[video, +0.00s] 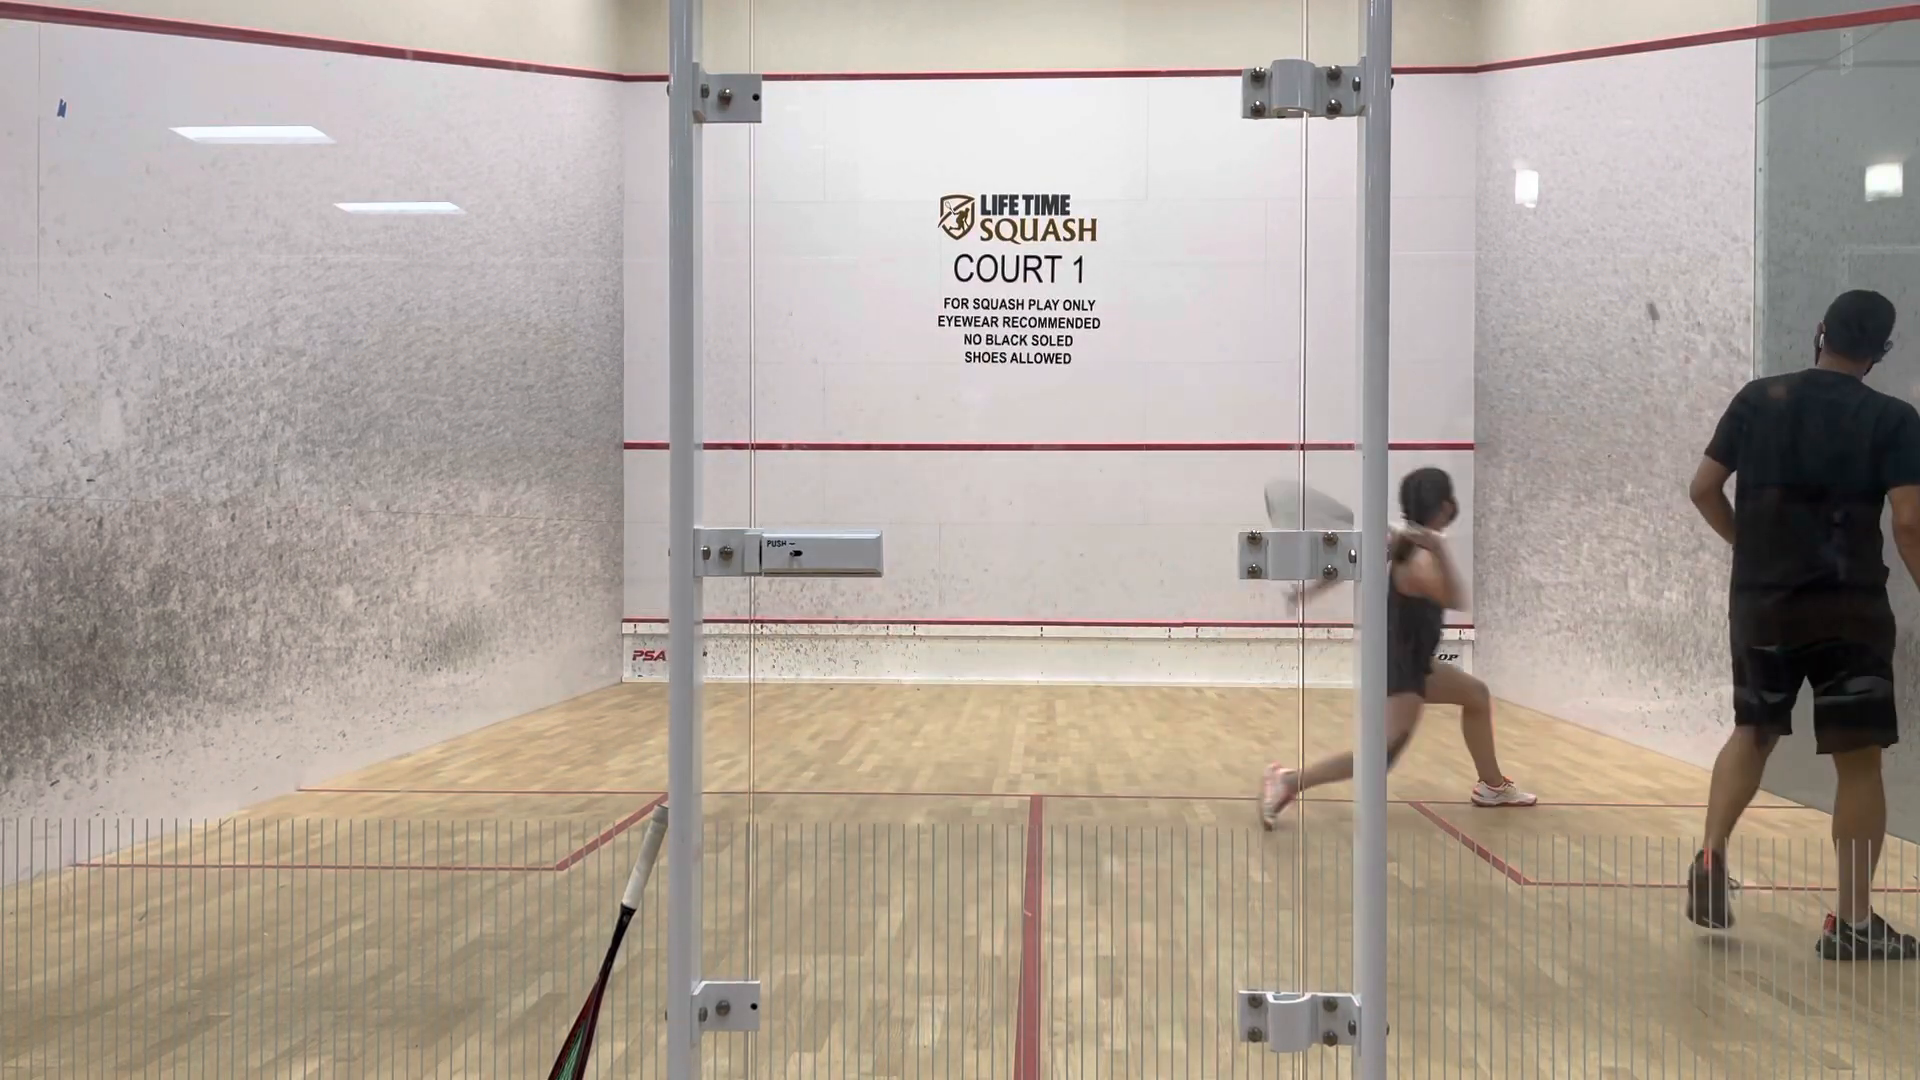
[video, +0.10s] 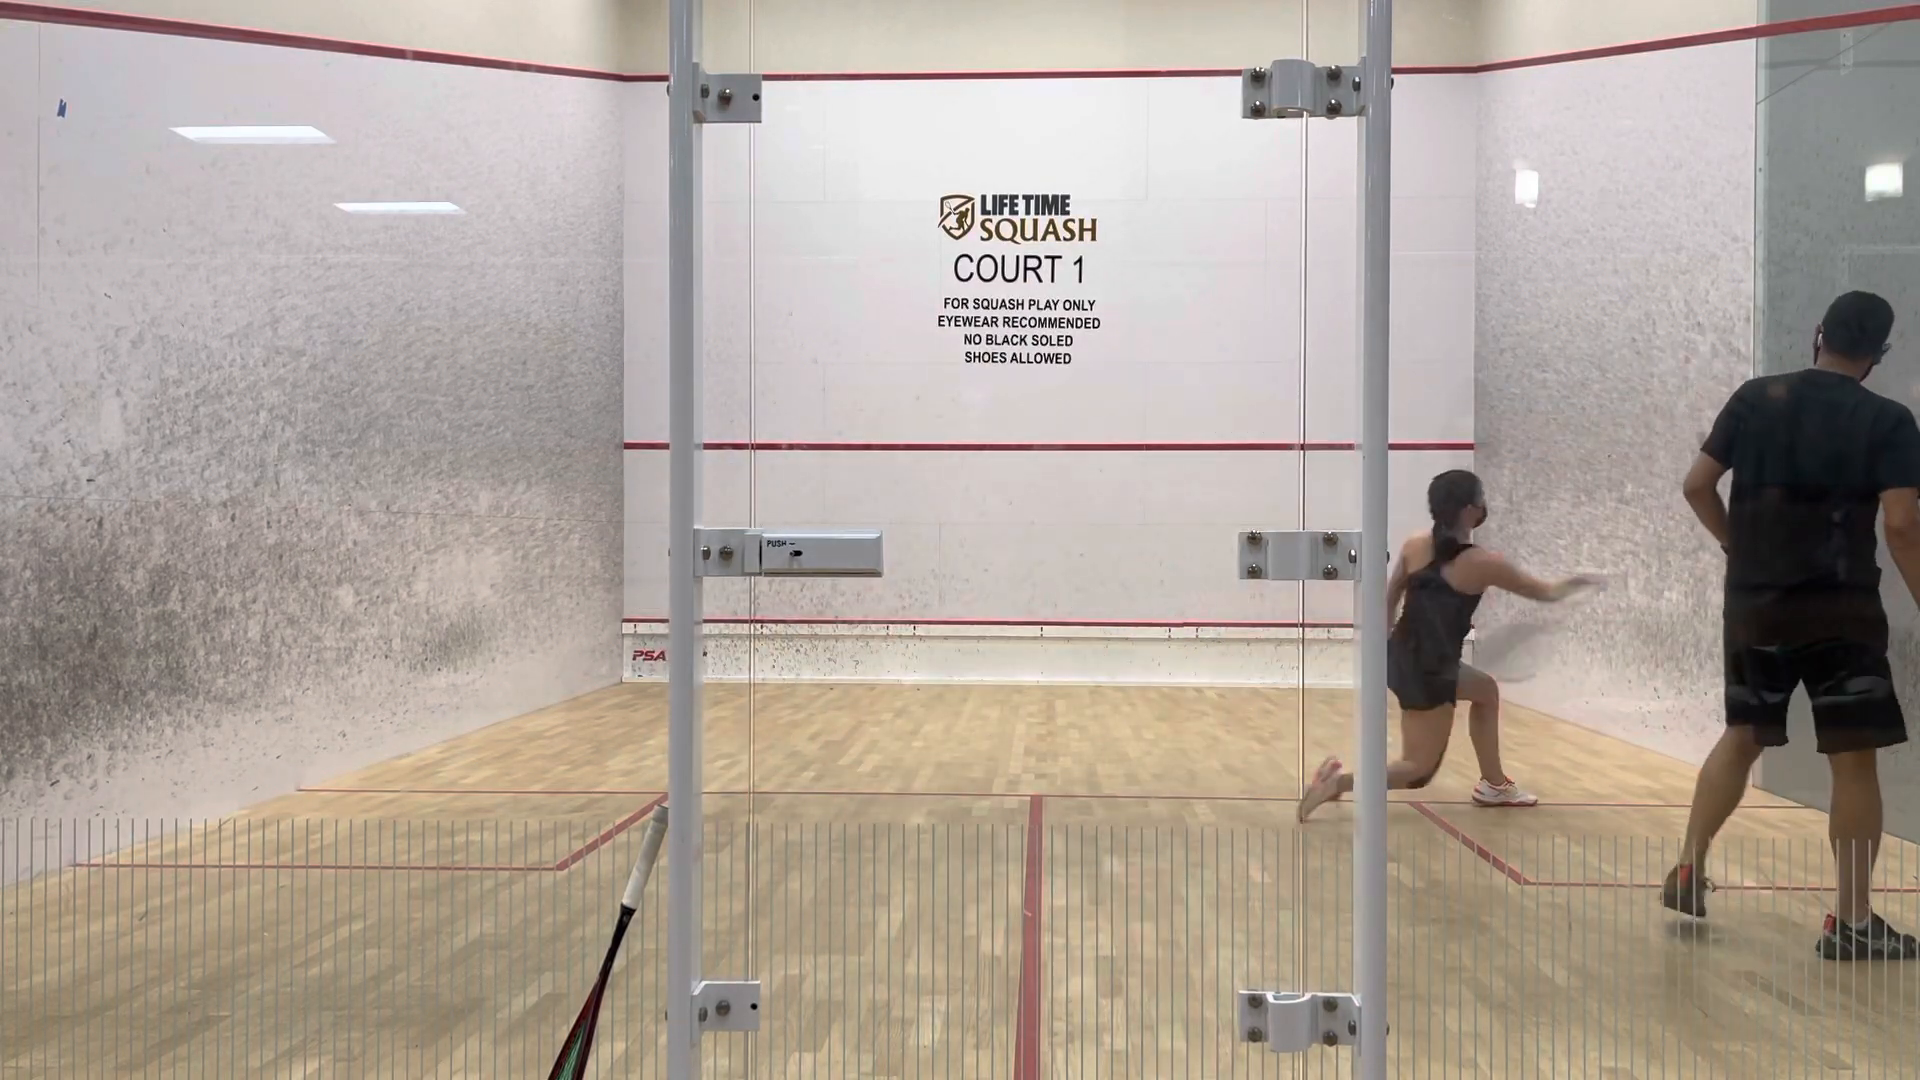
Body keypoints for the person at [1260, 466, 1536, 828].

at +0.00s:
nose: (1455, 505)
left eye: (1452, 498)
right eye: (1450, 499)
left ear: (1412, 506)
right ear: (1441, 507)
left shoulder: (1398, 545)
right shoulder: (1421, 560)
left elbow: (1351, 566)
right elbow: (1456, 600)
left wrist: (1306, 593)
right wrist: (1439, 548)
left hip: (1410, 667)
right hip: (1400, 672)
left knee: (1476, 694)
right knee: (1379, 759)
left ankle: (1492, 784)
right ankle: (1289, 781)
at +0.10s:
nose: (1484, 508)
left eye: (1482, 501)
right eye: (1481, 502)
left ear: (1438, 509)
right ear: (1468, 510)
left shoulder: (1415, 547)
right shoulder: (1482, 564)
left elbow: (1386, 605)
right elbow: (1544, 592)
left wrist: (1382, 649)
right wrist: (1576, 582)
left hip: (1401, 660)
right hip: (1428, 672)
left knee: (1485, 689)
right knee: (1418, 771)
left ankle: (1494, 783)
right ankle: (1337, 783)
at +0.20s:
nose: (1501, 504)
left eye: (1498, 497)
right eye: (1496, 498)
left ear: (1454, 502)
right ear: (1483, 505)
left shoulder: (1426, 543)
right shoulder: (1502, 550)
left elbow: (1409, 597)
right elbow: (1553, 573)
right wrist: (1598, 582)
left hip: (1408, 656)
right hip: (1442, 668)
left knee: (1487, 688)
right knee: (1442, 764)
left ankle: (1495, 782)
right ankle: (1360, 772)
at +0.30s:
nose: (1504, 492)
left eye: (1501, 485)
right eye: (1502, 485)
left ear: (1457, 493)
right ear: (1496, 493)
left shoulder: (1433, 533)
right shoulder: (1511, 542)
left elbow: (1405, 585)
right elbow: (1505, 583)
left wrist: (1439, 556)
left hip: (1417, 648)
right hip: (1452, 659)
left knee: (1495, 689)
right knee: (1461, 753)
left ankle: (1497, 782)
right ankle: (1366, 762)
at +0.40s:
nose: (1497, 483)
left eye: (1493, 477)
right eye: (1495, 477)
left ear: (1451, 484)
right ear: (1492, 486)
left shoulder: (1426, 526)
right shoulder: (1507, 533)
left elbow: (1387, 571)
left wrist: (1395, 541)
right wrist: (1426, 533)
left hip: (1420, 645)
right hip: (1458, 654)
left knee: (1496, 691)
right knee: (1477, 748)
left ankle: (1497, 782)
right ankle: (1386, 757)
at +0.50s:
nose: (1479, 473)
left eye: (1475, 467)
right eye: (1477, 468)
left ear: (1434, 474)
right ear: (1473, 476)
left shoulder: (1411, 520)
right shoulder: (1490, 527)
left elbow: (1370, 560)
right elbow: (1480, 572)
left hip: (1416, 636)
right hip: (1456, 641)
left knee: (1475, 700)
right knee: (1479, 742)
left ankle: (1496, 784)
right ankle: (1401, 773)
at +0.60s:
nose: (1456, 463)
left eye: (1454, 457)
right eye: (1454, 457)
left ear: (1408, 463)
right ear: (1449, 464)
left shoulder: (1392, 508)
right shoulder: (1465, 515)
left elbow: (1370, 551)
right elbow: (1481, 573)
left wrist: (1330, 569)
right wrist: (1446, 566)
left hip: (1397, 628)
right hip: (1439, 631)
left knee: (1457, 715)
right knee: (1452, 731)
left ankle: (1488, 782)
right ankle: (1385, 790)